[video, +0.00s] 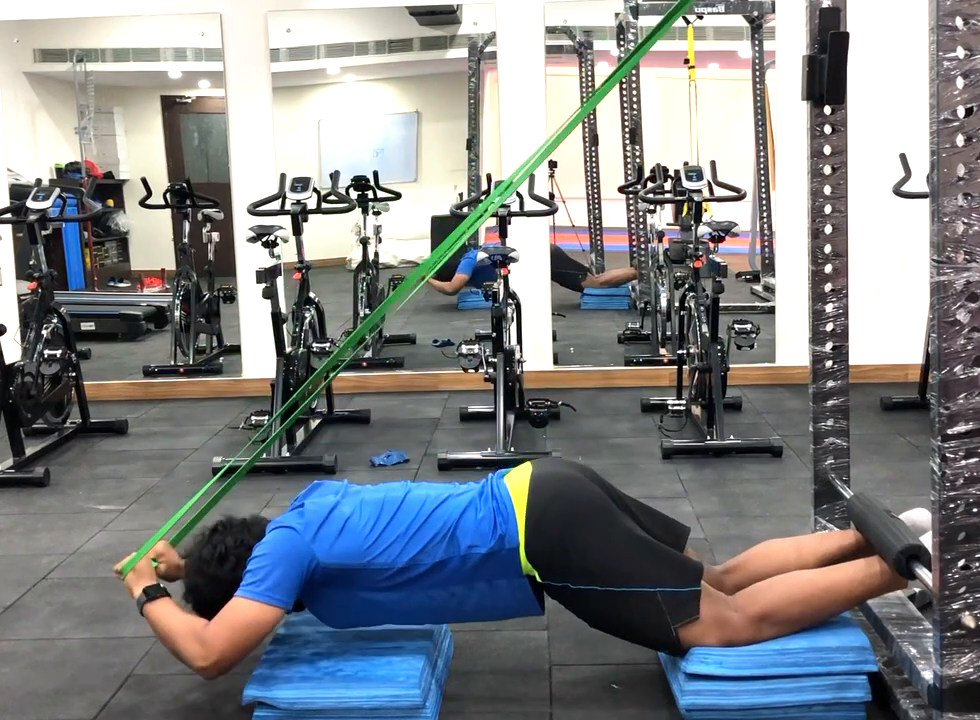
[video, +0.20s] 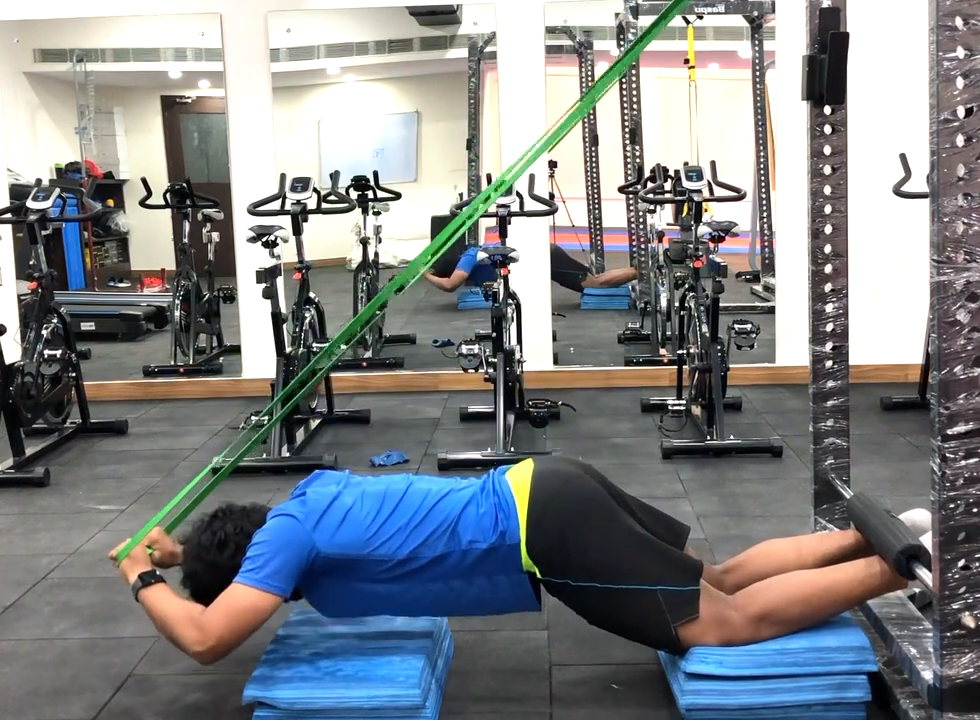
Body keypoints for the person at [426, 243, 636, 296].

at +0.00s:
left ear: (455, 248)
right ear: (463, 244)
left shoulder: (471, 257)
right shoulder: (473, 255)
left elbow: (451, 289)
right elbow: (450, 286)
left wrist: (425, 277)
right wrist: (428, 275)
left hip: (546, 259)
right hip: (544, 257)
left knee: (594, 280)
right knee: (593, 279)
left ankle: (642, 271)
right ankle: (641, 270)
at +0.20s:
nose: (443, 271)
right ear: (458, 250)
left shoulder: (471, 255)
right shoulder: (473, 254)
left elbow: (449, 285)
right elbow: (450, 284)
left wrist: (423, 273)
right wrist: (426, 273)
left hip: (546, 257)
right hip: (545, 255)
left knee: (592, 281)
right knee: (592, 278)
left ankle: (641, 271)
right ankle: (641, 270)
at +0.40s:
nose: (446, 268)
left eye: (445, 265)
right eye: (445, 265)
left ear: (453, 255)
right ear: (459, 247)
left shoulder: (471, 251)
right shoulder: (475, 248)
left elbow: (450, 278)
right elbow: (453, 276)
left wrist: (430, 268)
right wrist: (435, 269)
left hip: (547, 255)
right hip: (548, 251)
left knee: (590, 281)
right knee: (591, 278)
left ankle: (639, 271)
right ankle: (639, 270)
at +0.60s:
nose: (459, 268)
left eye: (457, 264)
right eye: (456, 265)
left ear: (458, 256)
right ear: (460, 246)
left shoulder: (473, 244)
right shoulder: (480, 240)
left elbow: (454, 267)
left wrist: (431, 260)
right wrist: (436, 258)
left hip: (548, 251)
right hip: (549, 246)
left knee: (593, 281)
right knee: (591, 277)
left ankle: (640, 271)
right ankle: (638, 270)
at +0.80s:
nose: (459, 254)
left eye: (458, 251)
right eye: (457, 251)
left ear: (462, 241)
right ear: (463, 238)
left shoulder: (480, 232)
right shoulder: (487, 231)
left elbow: (456, 258)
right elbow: (457, 256)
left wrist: (432, 247)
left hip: (553, 245)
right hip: (552, 243)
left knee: (593, 281)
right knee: (592, 280)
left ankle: (641, 271)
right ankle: (639, 270)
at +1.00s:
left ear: (490, 200)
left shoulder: (489, 220)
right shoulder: (502, 215)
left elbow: (462, 249)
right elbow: (467, 246)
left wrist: (440, 239)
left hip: (559, 242)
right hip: (556, 242)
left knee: (594, 280)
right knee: (592, 279)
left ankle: (642, 269)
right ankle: (640, 269)